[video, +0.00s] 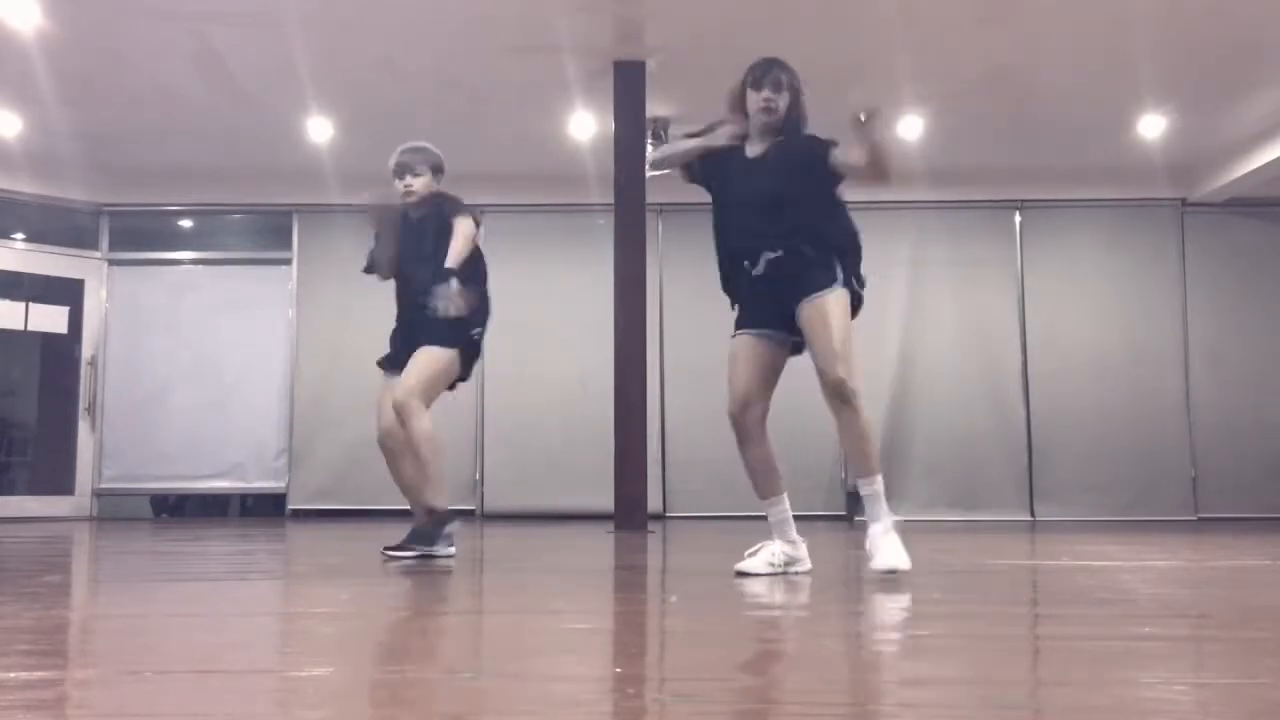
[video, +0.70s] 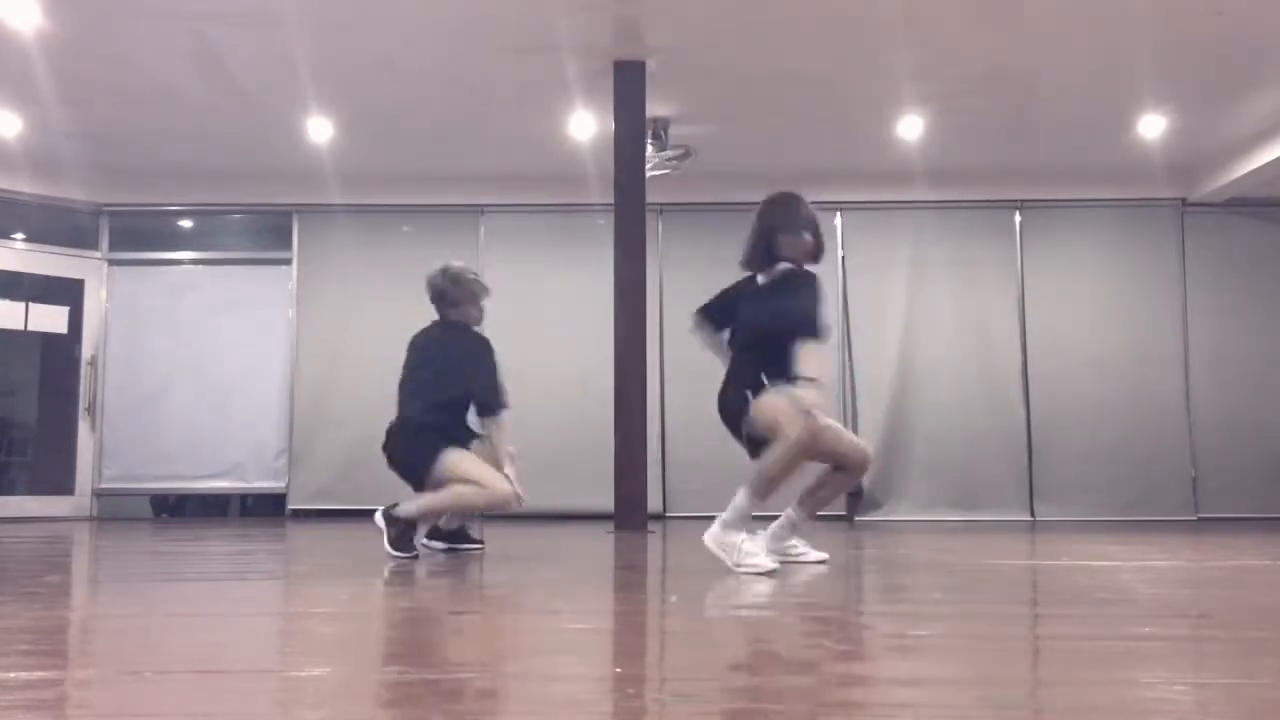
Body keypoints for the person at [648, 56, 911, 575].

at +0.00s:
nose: (768, 96)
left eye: (779, 90)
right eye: (760, 87)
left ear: (793, 101)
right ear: (743, 96)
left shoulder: (809, 150)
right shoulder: (720, 160)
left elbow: (876, 172)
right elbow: (656, 159)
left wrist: (870, 138)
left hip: (816, 277)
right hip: (759, 292)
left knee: (838, 383)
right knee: (744, 413)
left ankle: (880, 526)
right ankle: (786, 543)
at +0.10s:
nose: (778, 84)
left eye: (787, 76)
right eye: (768, 76)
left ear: (800, 87)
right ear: (749, 86)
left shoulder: (808, 155)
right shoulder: (725, 142)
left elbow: (842, 233)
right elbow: (678, 183)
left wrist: (824, 175)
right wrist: (722, 154)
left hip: (810, 281)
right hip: (748, 289)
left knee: (844, 393)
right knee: (750, 407)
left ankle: (875, 496)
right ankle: (785, 540)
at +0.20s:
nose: (779, 96)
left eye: (788, 87)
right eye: (770, 87)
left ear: (802, 95)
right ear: (754, 95)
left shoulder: (813, 162)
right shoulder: (736, 148)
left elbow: (826, 237)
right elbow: (727, 212)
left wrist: (817, 206)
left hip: (805, 284)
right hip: (743, 287)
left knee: (833, 404)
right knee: (749, 407)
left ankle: (836, 495)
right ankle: (777, 539)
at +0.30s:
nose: (776, 117)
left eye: (785, 108)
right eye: (766, 109)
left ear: (800, 114)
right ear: (753, 116)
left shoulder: (820, 161)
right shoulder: (738, 182)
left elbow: (848, 212)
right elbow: (712, 247)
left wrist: (822, 238)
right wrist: (728, 252)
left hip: (799, 304)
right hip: (743, 302)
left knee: (812, 425)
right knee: (743, 408)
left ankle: (786, 522)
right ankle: (761, 532)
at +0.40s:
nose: (773, 150)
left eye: (781, 140)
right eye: (763, 140)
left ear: (797, 146)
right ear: (748, 148)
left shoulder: (820, 198)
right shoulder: (738, 214)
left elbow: (846, 257)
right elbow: (699, 281)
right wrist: (736, 293)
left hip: (799, 328)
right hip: (744, 320)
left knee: (831, 455)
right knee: (748, 405)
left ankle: (774, 534)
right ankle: (749, 534)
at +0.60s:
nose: (787, 213)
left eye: (795, 202)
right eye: (776, 204)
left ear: (806, 207)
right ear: (760, 211)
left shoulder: (809, 257)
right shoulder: (757, 264)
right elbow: (710, 320)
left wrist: (804, 366)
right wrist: (748, 363)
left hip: (798, 386)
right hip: (755, 376)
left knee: (863, 469)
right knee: (755, 411)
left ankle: (777, 535)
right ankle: (733, 535)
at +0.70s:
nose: (810, 240)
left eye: (811, 231)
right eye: (801, 231)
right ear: (777, 237)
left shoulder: (750, 284)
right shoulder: (801, 283)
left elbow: (703, 322)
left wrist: (734, 361)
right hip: (754, 390)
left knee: (856, 457)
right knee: (802, 431)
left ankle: (780, 536)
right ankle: (726, 530)